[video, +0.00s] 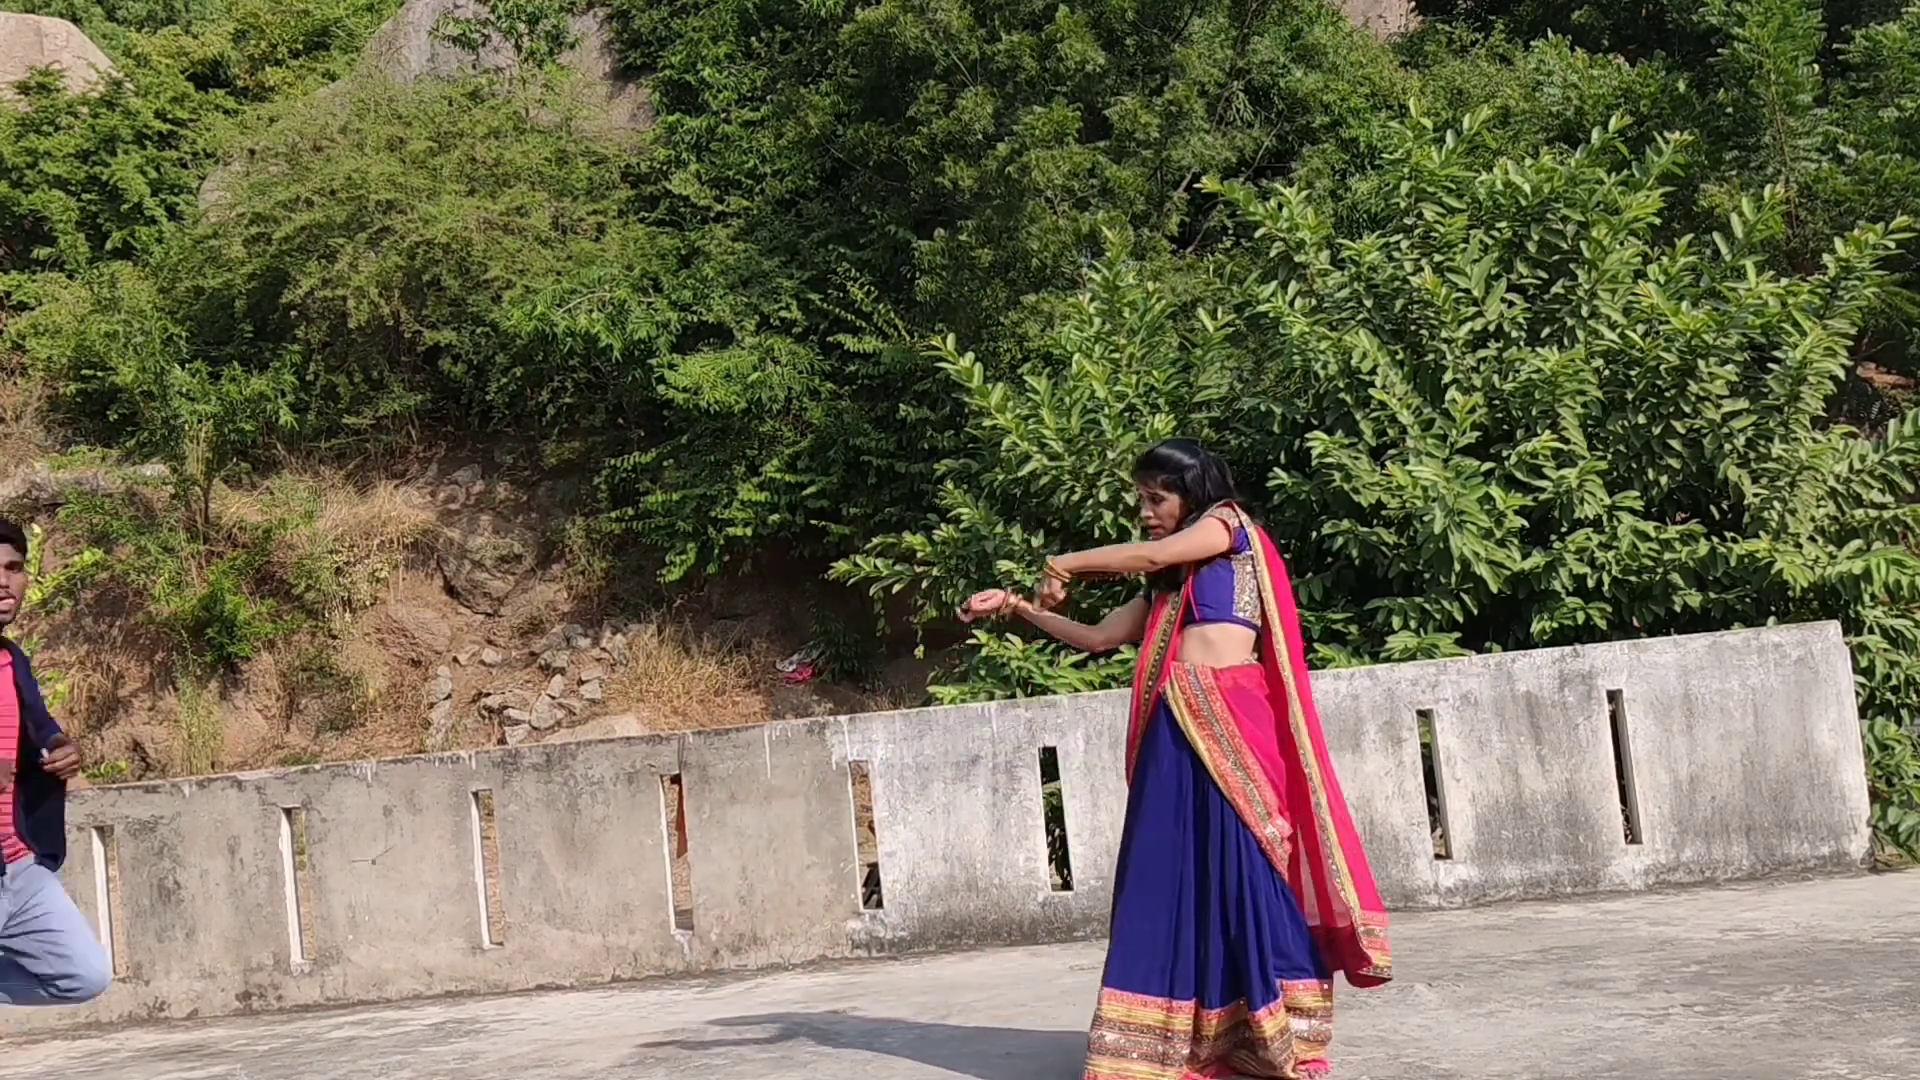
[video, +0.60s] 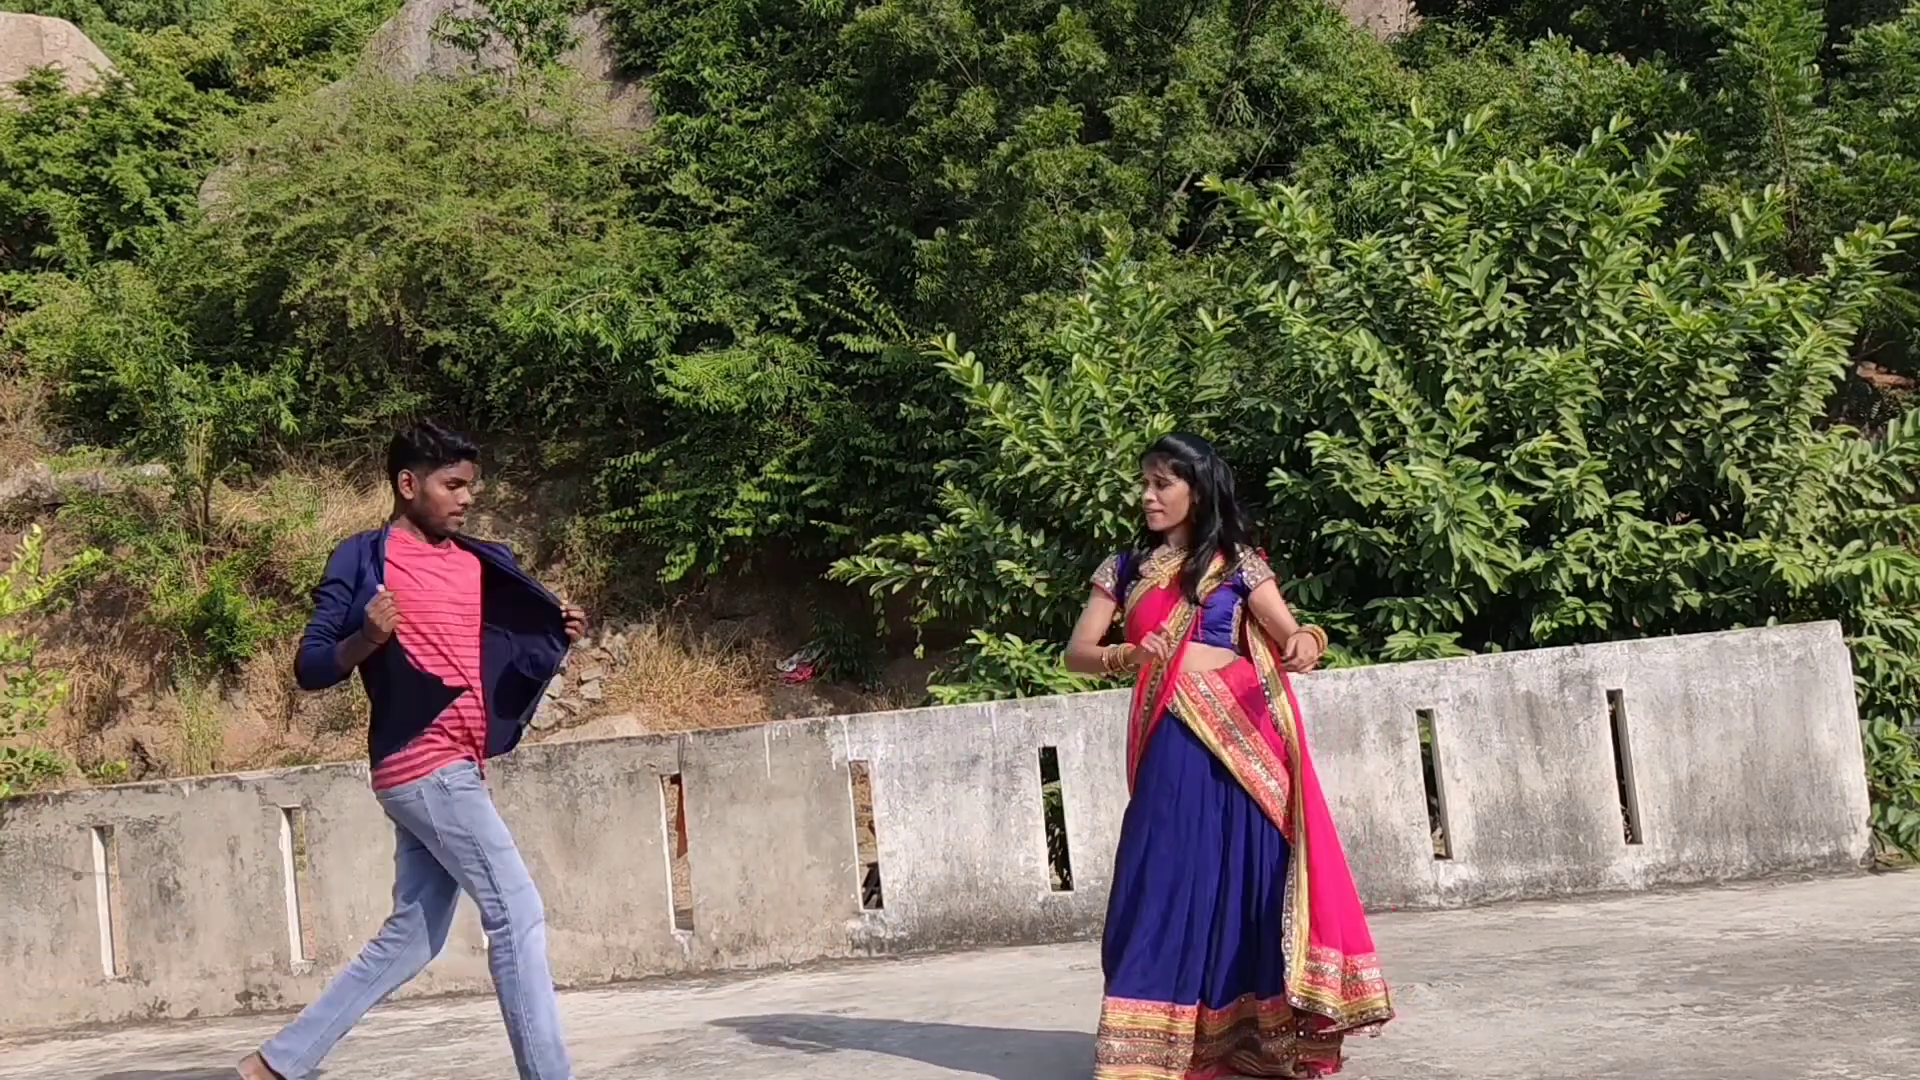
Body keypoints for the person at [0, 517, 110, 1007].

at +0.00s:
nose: (4, 582)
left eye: (13, 568)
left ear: (27, 579)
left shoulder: (14, 662)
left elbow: (39, 729)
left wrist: (63, 753)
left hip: (13, 861)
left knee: (83, 975)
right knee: (79, 974)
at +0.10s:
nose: (73, 536)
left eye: (83, 523)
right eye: (55, 524)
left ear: (94, 531)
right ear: (25, 534)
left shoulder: (80, 610)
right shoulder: (13, 599)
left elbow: (96, 674)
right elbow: (3, 676)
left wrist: (156, 674)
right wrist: (74, 686)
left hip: (86, 821)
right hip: (18, 841)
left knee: (158, 935)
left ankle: (74, 1073)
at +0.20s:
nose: (147, 510)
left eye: (156, 497)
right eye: (129, 498)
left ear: (166, 506)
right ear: (96, 508)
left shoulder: (145, 581)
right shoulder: (76, 572)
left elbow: (137, 669)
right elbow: (48, 675)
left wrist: (202, 650)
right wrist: (113, 618)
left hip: (159, 799)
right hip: (93, 805)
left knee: (194, 966)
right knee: (75, 970)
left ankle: (208, 1075)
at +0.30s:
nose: (231, 535)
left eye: (236, 522)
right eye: (214, 522)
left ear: (239, 527)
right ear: (172, 526)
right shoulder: (144, 602)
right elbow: (116, 700)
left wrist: (279, 707)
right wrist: (216, 661)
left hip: (244, 817)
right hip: (184, 821)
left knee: (270, 988)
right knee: (195, 985)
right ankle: (31, 936)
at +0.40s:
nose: (313, 556)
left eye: (315, 544)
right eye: (298, 546)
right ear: (252, 551)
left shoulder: (295, 630)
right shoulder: (225, 618)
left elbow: (322, 711)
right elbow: (185, 704)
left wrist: (349, 734)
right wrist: (277, 727)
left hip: (311, 821)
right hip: (254, 826)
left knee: (335, 982)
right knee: (344, 962)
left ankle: (279, 1077)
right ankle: (175, 932)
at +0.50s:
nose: (388, 526)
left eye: (390, 512)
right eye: (373, 514)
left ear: (391, 513)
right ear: (331, 519)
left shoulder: (383, 592)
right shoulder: (291, 590)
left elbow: (401, 692)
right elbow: (225, 673)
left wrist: (453, 680)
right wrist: (334, 676)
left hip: (373, 788)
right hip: (333, 792)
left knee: (339, 957)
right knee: (453, 907)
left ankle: (280, 1071)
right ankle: (327, 1035)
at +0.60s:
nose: (466, 499)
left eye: (471, 486)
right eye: (453, 485)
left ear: (468, 487)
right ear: (408, 484)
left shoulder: (471, 562)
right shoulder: (364, 556)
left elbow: (494, 648)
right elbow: (310, 668)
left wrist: (556, 631)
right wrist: (364, 638)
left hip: (456, 761)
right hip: (418, 765)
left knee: (413, 936)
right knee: (516, 912)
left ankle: (277, 1063)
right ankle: (550, 1073)